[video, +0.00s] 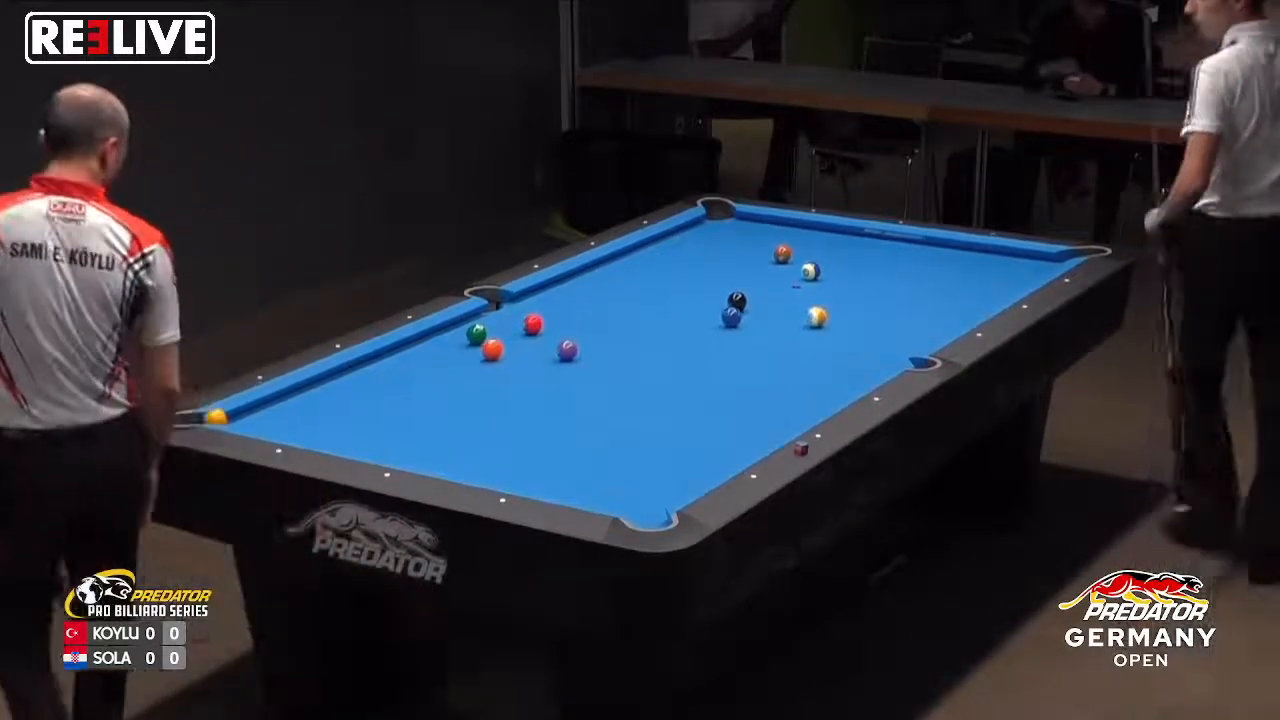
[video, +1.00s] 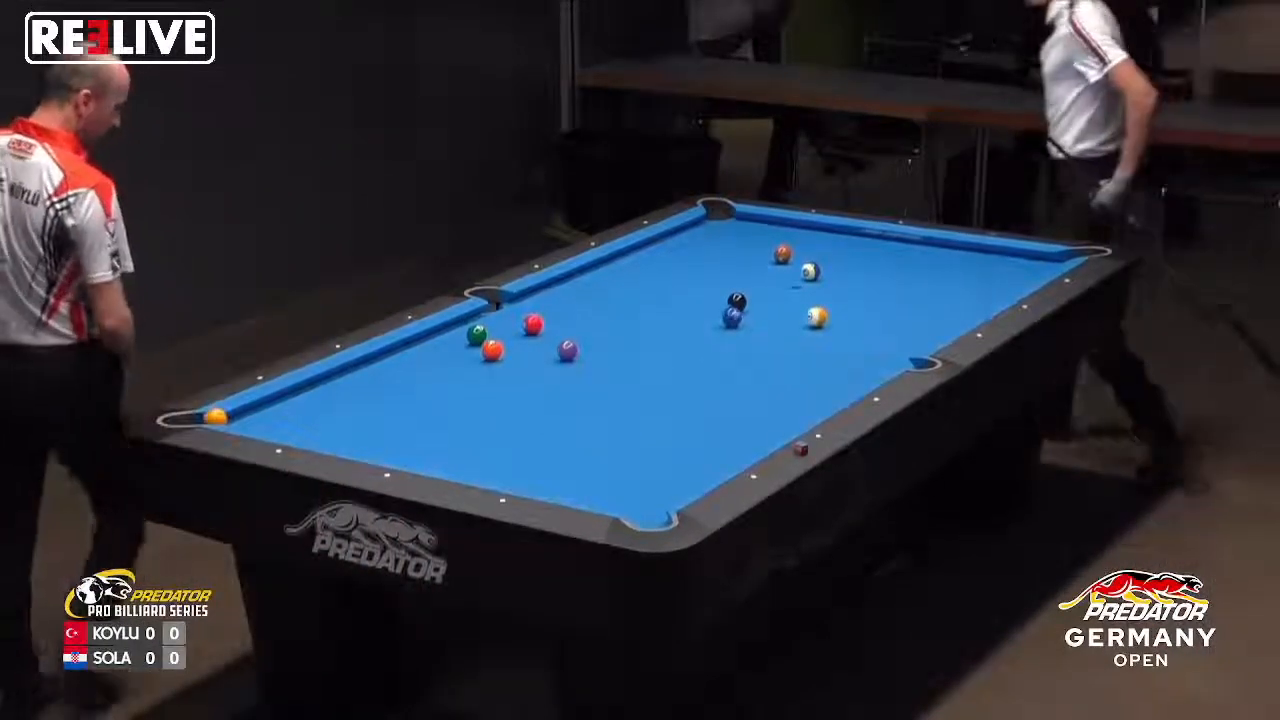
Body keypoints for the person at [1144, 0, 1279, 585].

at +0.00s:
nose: (1191, 8)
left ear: (1237, 5)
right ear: (1252, 7)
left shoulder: (1220, 70)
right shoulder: (1275, 55)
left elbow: (1196, 177)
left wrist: (1163, 214)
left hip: (1222, 236)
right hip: (1276, 231)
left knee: (1199, 376)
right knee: (1275, 390)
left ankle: (1210, 516)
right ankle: (1271, 539)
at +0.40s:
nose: (1133, 1)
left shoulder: (1174, 53)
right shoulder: (1254, 38)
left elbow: (1190, 145)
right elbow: (1267, 134)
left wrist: (1156, 212)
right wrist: (1255, 186)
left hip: (1190, 211)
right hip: (1247, 208)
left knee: (1178, 343)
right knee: (1229, 346)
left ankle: (1186, 465)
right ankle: (1264, 482)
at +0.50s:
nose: (1120, 5)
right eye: (1118, 1)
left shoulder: (1162, 40)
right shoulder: (1226, 25)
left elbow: (1185, 135)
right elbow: (1228, 118)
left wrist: (1153, 202)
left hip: (1182, 198)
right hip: (1223, 193)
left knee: (1174, 332)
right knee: (1199, 329)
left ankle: (1187, 464)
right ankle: (1237, 443)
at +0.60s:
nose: (1107, 1)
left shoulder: (1152, 34)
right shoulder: (1205, 20)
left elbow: (1186, 127)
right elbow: (1211, 116)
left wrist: (1152, 198)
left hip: (1169, 191)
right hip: (1199, 184)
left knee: (1167, 331)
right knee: (1176, 327)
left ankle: (1188, 467)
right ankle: (1200, 455)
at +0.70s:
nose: (1087, 8)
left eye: (1088, 5)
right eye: (1087, 6)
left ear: (1102, 1)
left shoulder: (1137, 29)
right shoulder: (1165, 18)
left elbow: (1183, 116)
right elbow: (1189, 117)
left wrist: (1153, 191)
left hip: (1144, 192)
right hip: (1147, 186)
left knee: (1150, 325)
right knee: (1132, 313)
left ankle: (1189, 463)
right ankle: (1130, 421)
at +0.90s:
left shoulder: (1103, 22)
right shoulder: (1087, 25)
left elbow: (1159, 100)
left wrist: (1134, 184)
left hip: (1108, 189)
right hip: (1094, 183)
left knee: (1127, 336)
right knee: (1075, 319)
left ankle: (1187, 464)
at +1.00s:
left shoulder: (1084, 17)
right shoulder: (1064, 22)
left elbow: (1141, 95)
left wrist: (1122, 178)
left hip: (1091, 181)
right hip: (1067, 176)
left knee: (1097, 327)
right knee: (1054, 316)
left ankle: (1163, 444)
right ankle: (1051, 417)